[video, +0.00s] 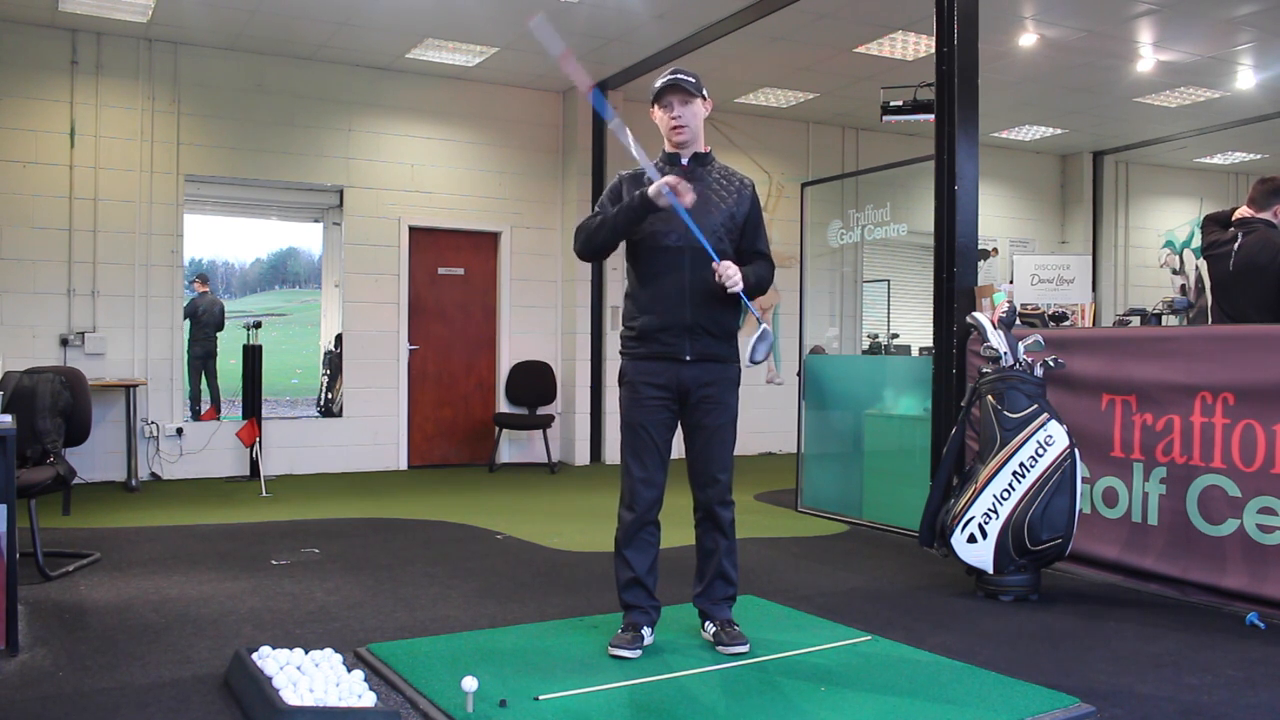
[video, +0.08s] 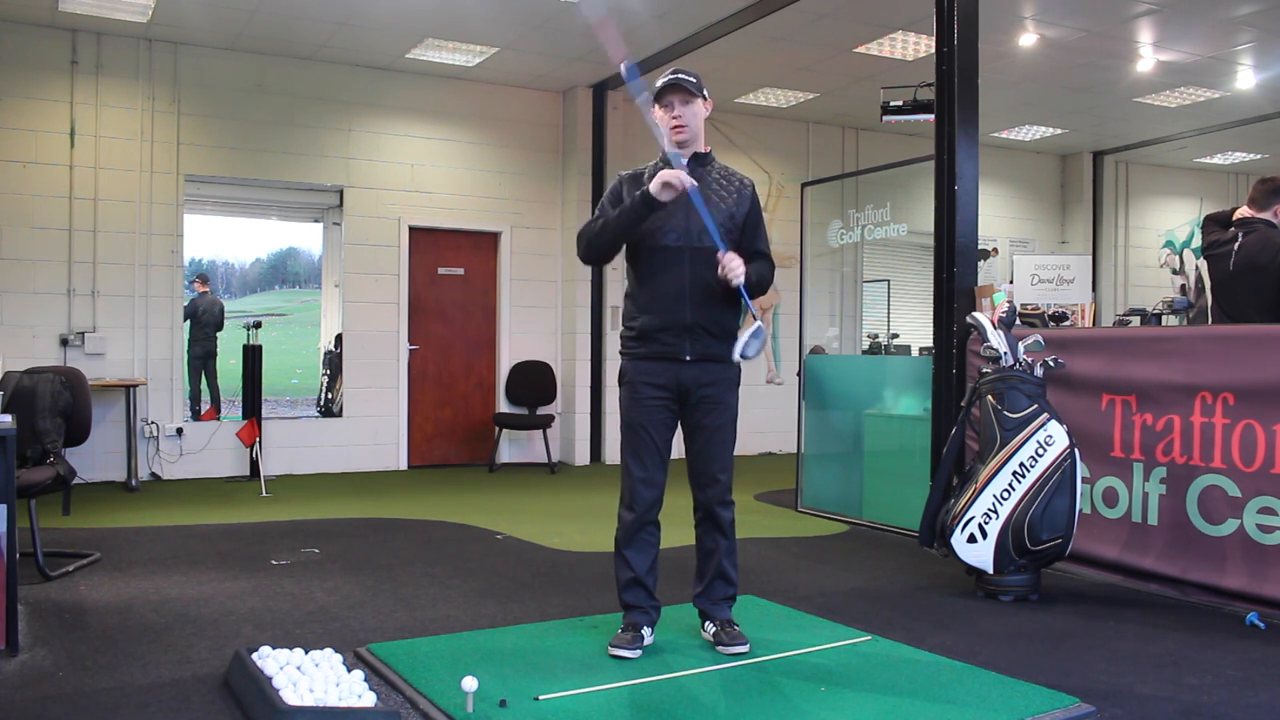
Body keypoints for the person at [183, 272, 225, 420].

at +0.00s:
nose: (194, 286)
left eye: (195, 284)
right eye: (194, 284)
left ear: (201, 284)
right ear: (207, 285)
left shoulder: (196, 302)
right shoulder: (218, 303)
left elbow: (182, 316)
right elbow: (220, 326)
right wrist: (207, 327)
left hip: (196, 343)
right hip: (211, 343)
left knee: (195, 382)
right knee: (212, 381)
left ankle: (195, 414)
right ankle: (216, 412)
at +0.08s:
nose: (194, 287)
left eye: (195, 284)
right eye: (194, 284)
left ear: (201, 284)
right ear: (207, 285)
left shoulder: (196, 302)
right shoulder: (218, 303)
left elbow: (182, 317)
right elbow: (220, 326)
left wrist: (183, 306)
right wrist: (207, 326)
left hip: (196, 343)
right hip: (211, 343)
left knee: (195, 382)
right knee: (212, 381)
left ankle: (195, 414)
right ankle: (216, 412)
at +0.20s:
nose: (194, 287)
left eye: (195, 284)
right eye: (194, 284)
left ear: (200, 285)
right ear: (206, 285)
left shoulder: (196, 302)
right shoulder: (218, 303)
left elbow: (184, 321)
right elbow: (219, 326)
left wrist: (183, 311)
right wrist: (207, 323)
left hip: (196, 344)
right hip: (211, 344)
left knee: (195, 382)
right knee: (212, 381)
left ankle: (195, 414)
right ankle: (216, 412)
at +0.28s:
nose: (193, 288)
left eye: (194, 285)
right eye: (193, 285)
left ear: (199, 285)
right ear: (206, 284)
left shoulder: (196, 302)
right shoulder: (218, 302)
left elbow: (186, 323)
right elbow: (219, 325)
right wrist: (207, 322)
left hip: (196, 344)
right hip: (211, 344)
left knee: (195, 382)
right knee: (212, 381)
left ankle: (195, 414)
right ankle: (216, 412)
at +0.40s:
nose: (192, 289)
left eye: (193, 286)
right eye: (192, 286)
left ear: (197, 285)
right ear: (205, 285)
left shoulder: (196, 302)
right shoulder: (218, 302)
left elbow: (187, 325)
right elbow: (219, 325)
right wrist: (207, 323)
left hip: (196, 344)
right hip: (211, 343)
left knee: (195, 382)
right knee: (212, 381)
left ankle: (195, 414)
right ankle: (216, 412)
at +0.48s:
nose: (192, 289)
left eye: (192, 286)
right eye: (192, 287)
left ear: (196, 286)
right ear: (205, 285)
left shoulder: (195, 302)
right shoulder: (218, 302)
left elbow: (188, 325)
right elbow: (219, 325)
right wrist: (207, 324)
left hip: (196, 344)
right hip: (211, 343)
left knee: (195, 382)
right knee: (212, 381)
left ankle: (195, 414)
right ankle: (216, 412)